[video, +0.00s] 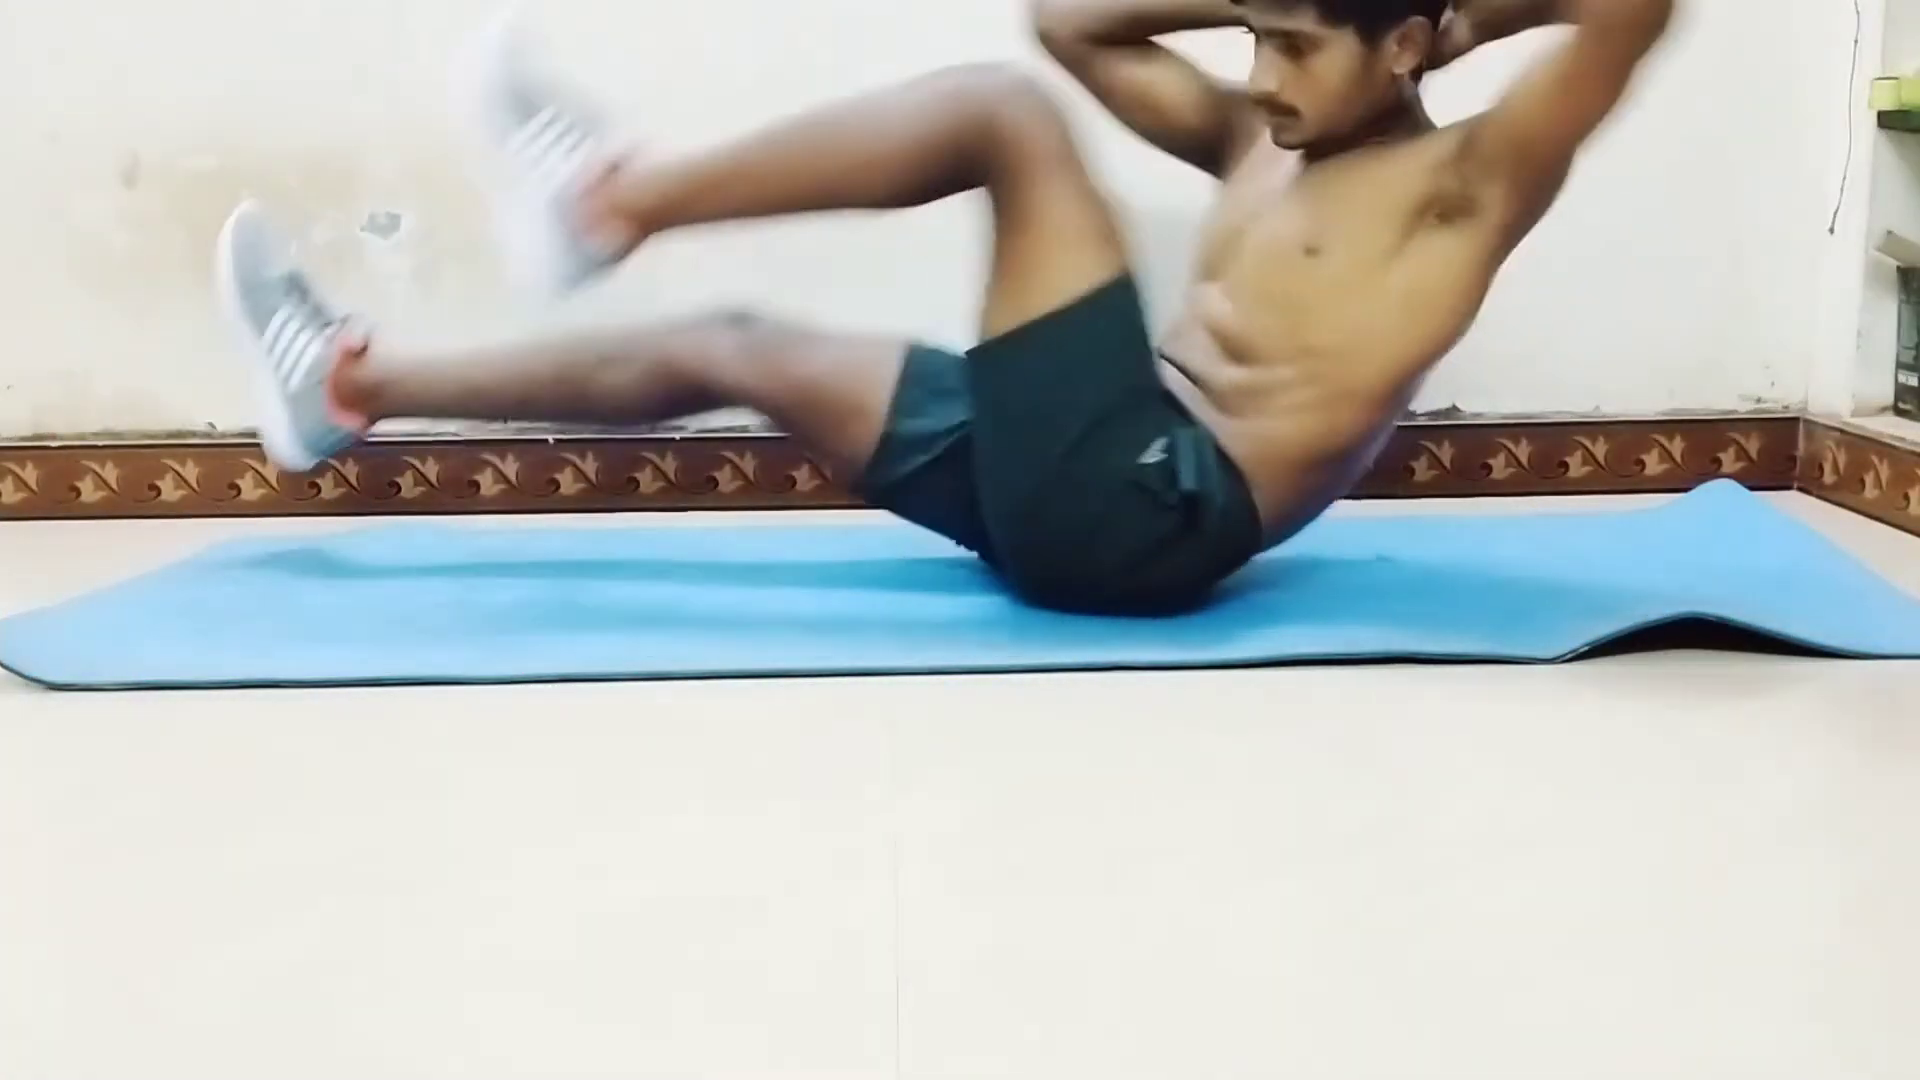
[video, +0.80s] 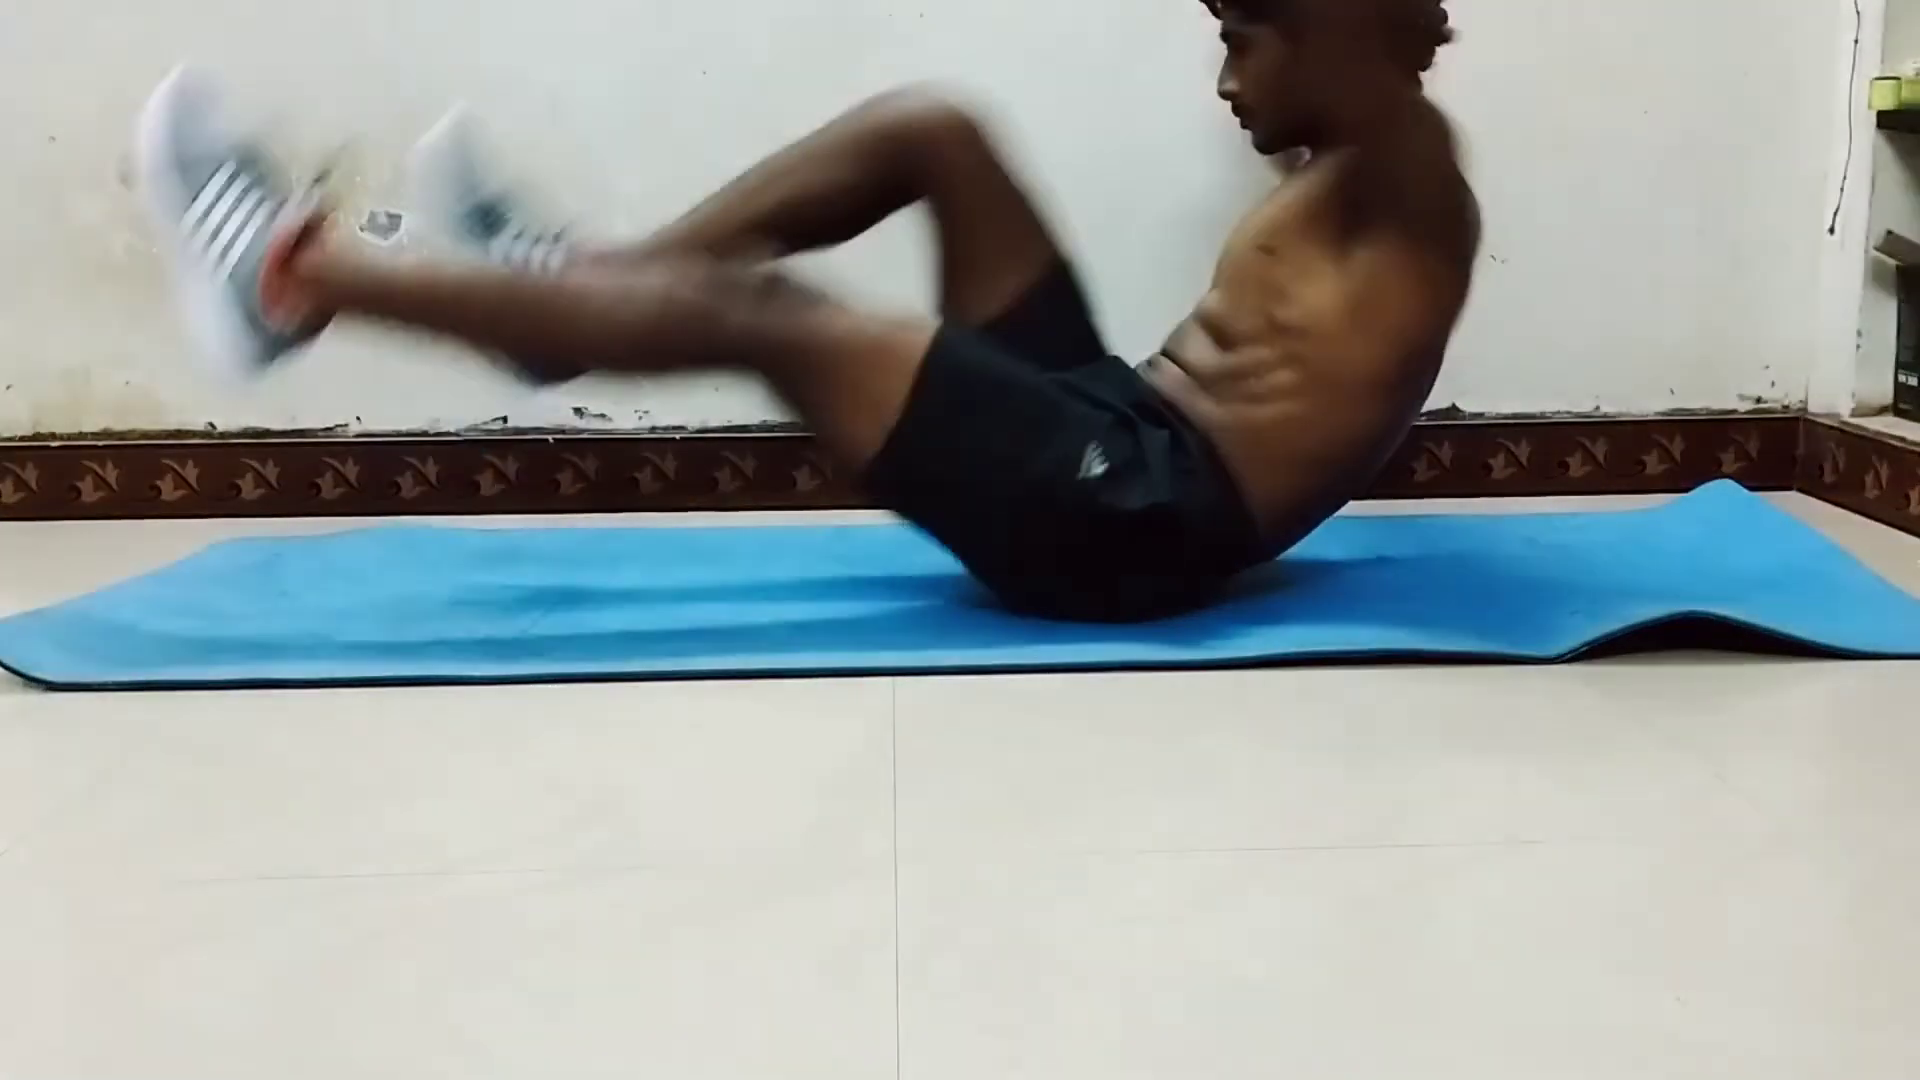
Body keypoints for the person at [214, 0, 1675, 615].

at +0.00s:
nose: (1267, 77)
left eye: (1298, 51)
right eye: (1262, 52)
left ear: (1400, 51)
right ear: (1280, 60)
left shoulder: (1467, 178)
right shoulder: (1258, 138)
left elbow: (1640, 15)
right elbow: (1063, 38)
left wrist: (1470, 27)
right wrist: (1256, 35)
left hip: (1153, 504)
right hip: (1066, 468)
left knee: (1015, 111)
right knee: (734, 345)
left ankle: (620, 198)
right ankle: (357, 384)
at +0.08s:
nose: (1273, 73)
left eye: (1305, 53)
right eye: (1266, 54)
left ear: (1401, 58)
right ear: (1276, 67)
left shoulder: (1473, 179)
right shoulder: (1248, 127)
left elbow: (1680, 22)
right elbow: (1055, 54)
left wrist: (1494, 25)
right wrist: (1202, 30)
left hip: (1154, 503)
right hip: (1063, 452)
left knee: (1057, 112)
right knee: (718, 371)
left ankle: (660, 171)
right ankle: (344, 404)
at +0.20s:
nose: (1271, 78)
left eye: (1306, 58)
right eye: (1265, 50)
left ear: (1407, 60)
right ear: (1266, 47)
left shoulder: (1473, 174)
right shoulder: (1233, 114)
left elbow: (1720, 32)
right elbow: (1061, 51)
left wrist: (1546, 17)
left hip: (1159, 513)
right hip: (1069, 452)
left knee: (1084, 107)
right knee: (716, 380)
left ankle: (676, 125)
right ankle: (332, 423)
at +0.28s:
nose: (1285, 82)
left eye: (1318, 64)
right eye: (1276, 56)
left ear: (1412, 63)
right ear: (1272, 54)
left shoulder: (1477, 174)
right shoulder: (1240, 103)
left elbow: (1729, 29)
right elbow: (1064, 47)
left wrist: (1563, 12)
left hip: (1159, 513)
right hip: (1074, 449)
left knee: (1074, 105)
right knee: (707, 378)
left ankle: (672, 111)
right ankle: (336, 428)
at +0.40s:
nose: (1280, 92)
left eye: (1314, 70)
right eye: (1272, 68)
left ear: (1408, 69)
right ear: (1281, 73)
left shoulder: (1484, 179)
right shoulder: (1242, 118)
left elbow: (1699, 36)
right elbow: (1052, 36)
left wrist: (1552, 20)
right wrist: (1211, 9)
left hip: (1156, 508)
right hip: (1066, 462)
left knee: (1005, 125)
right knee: (724, 334)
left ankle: (607, 111)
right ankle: (354, 429)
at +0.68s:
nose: (1262, 86)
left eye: (1288, 48)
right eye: (1249, 56)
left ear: (1392, 50)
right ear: (1264, 69)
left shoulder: (1454, 186)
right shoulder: (1307, 157)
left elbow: (1530, 31)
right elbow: (1151, 41)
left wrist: (1453, 31)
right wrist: (1281, 34)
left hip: (1147, 513)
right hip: (1102, 456)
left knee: (831, 208)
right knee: (840, 184)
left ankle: (383, 193)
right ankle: (495, 374)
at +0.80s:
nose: (1227, 71)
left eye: (1250, 44)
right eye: (1234, 44)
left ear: (1358, 50)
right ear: (1338, 53)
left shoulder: (1405, 176)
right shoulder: (1336, 178)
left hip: (1143, 502)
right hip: (1100, 429)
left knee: (753, 308)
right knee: (934, 136)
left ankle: (297, 274)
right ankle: (597, 286)